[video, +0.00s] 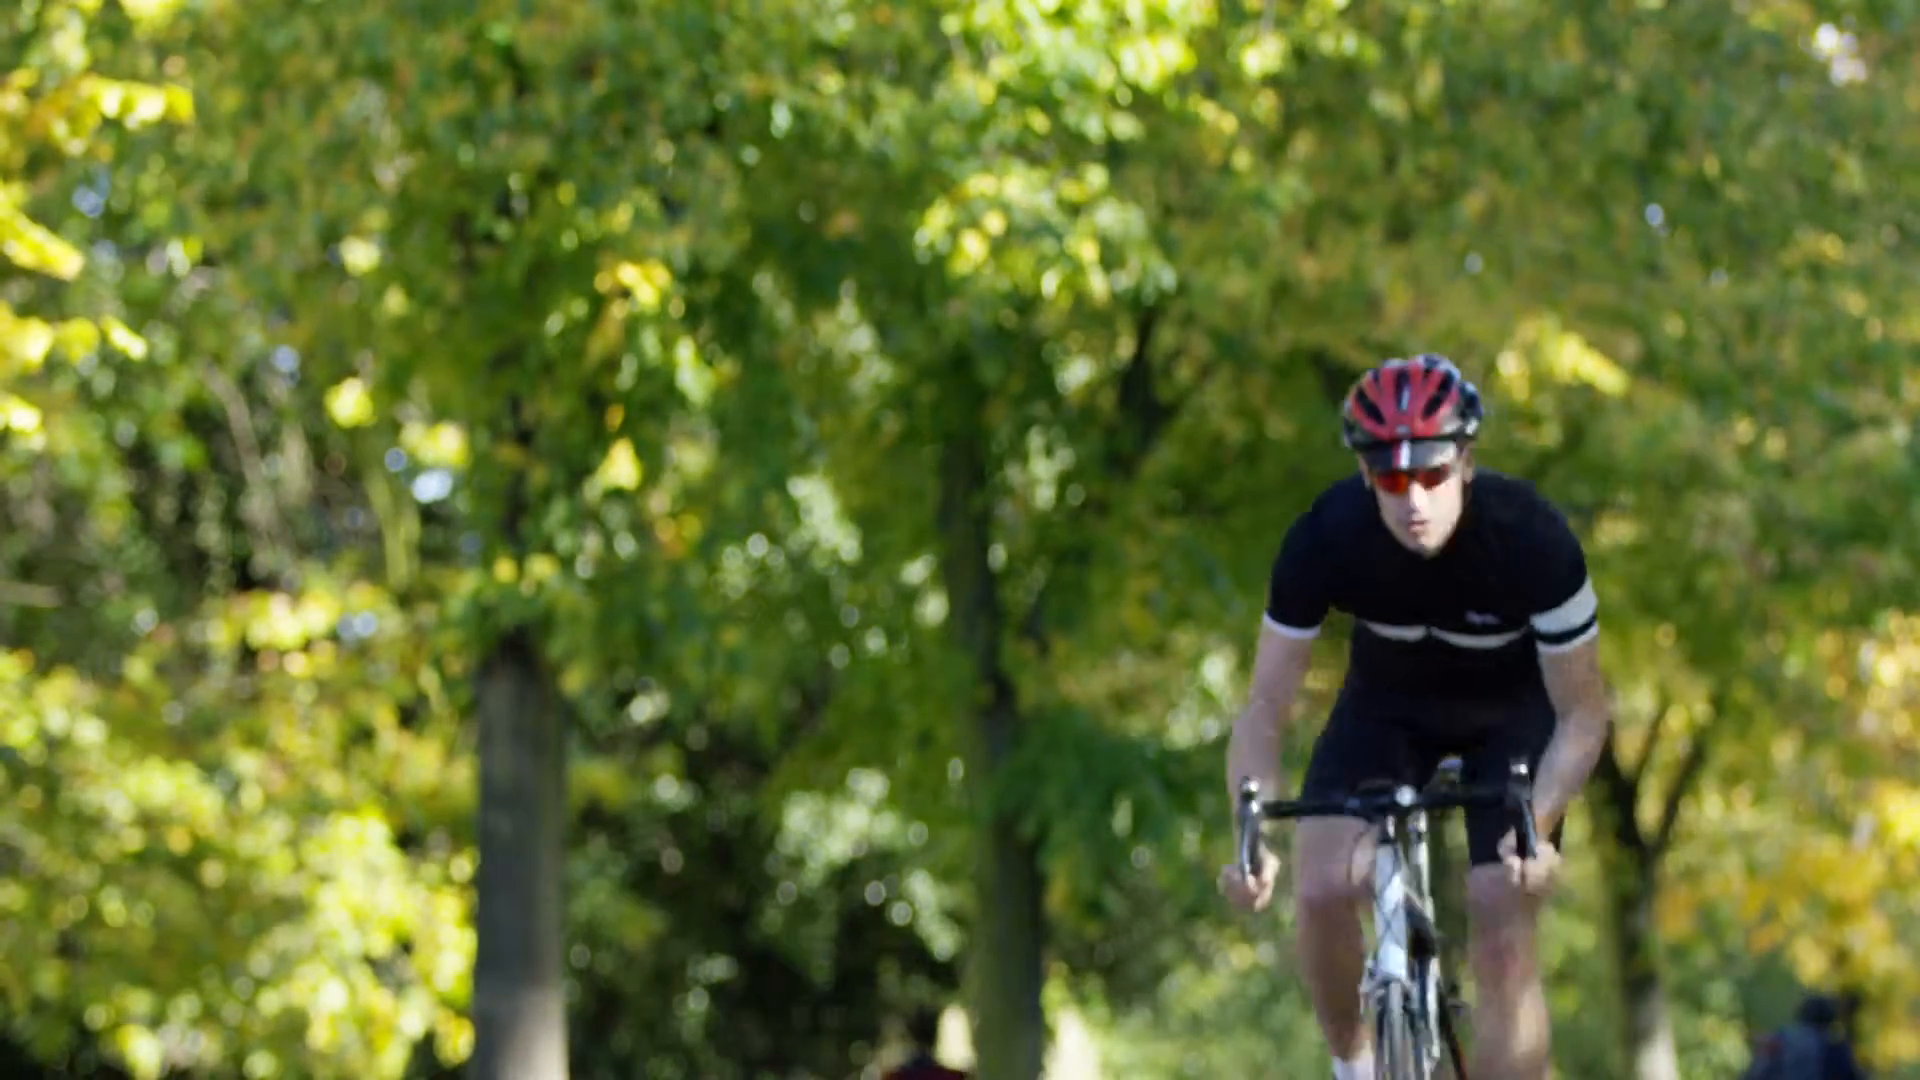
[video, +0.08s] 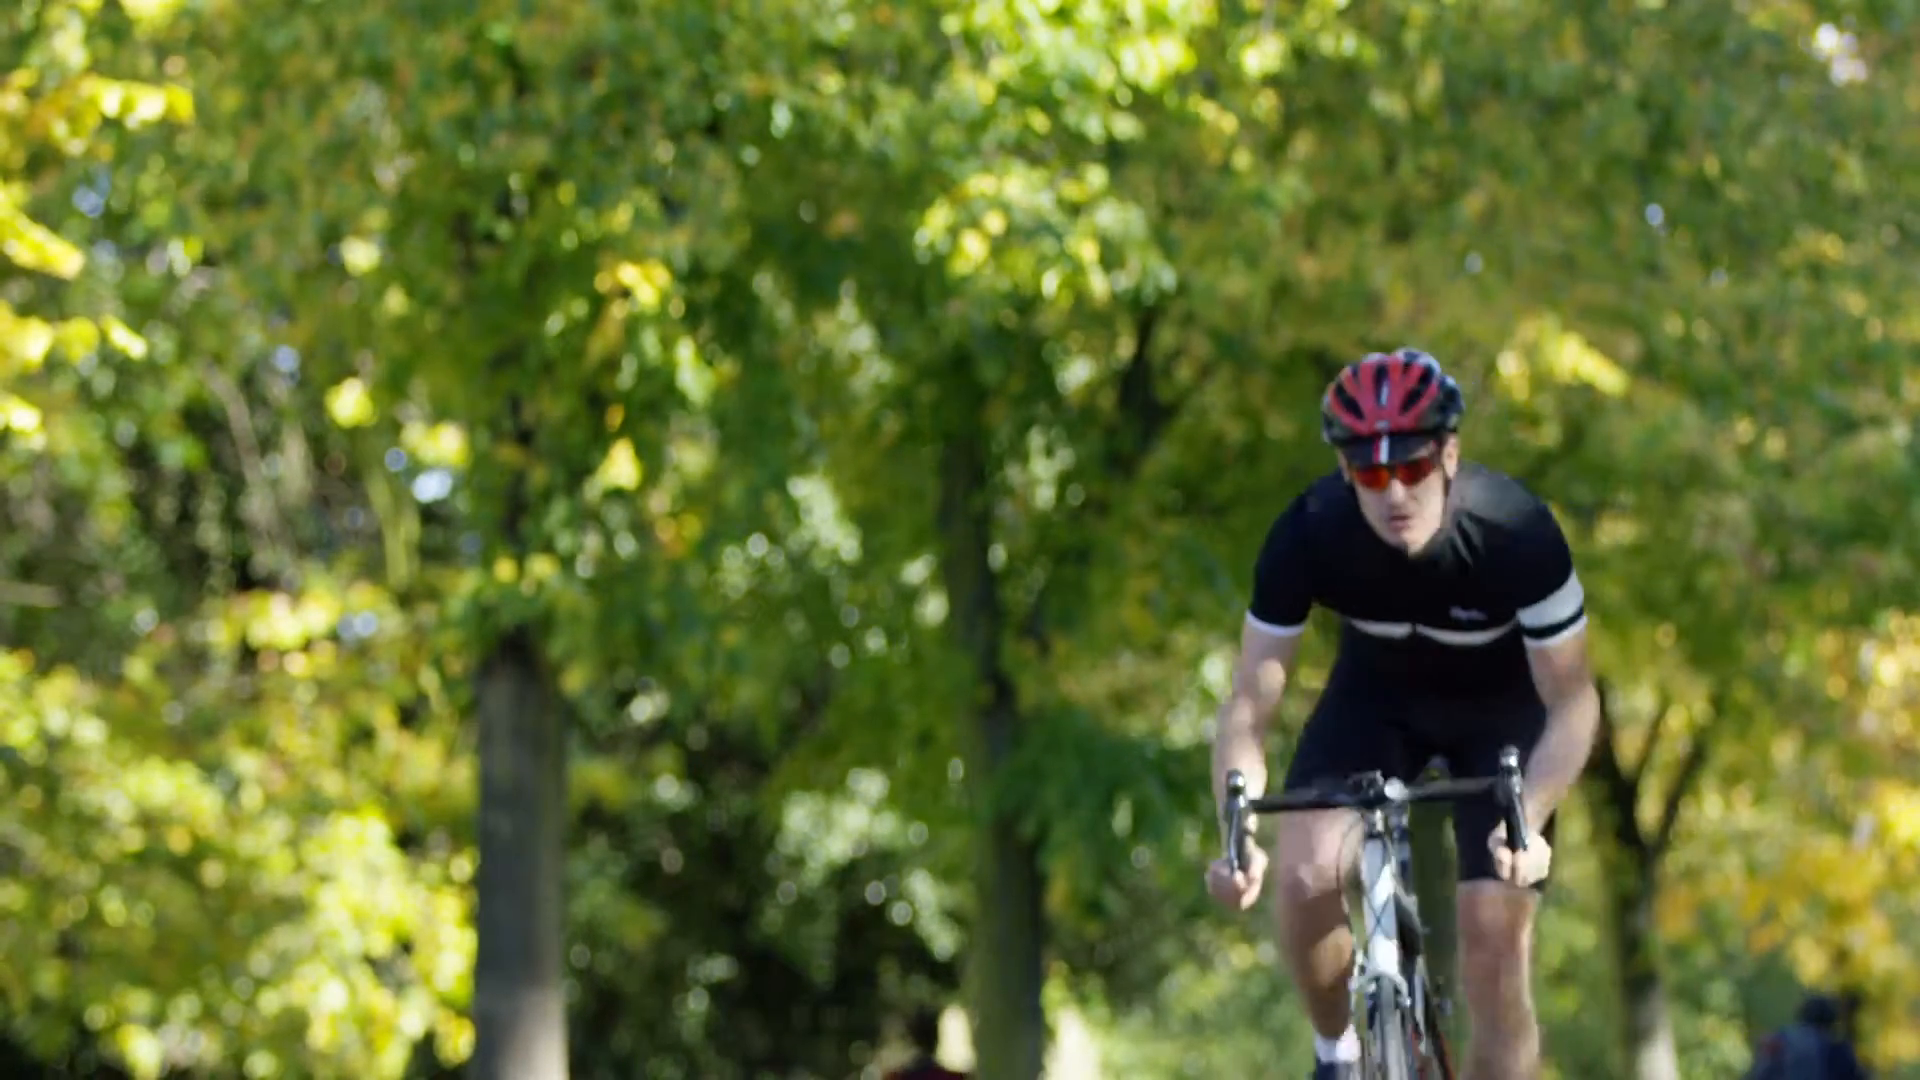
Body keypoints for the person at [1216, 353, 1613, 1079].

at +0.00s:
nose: (1413, 500)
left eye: (1432, 476)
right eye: (1391, 481)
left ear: (1467, 461)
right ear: (1366, 474)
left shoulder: (1531, 536)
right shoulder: (1326, 539)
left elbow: (1584, 709)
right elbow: (1267, 704)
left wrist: (1538, 817)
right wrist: (1252, 828)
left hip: (1511, 708)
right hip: (1384, 703)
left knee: (1505, 934)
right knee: (1325, 888)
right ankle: (1352, 1065)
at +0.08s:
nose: (1394, 494)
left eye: (1414, 470)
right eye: (1371, 475)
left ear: (1451, 454)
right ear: (1345, 470)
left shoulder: (1516, 532)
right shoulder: (1309, 534)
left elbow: (1571, 698)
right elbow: (1251, 702)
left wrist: (1529, 817)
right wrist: (1238, 831)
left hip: (1499, 698)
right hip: (1373, 692)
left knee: (1496, 933)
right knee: (1307, 877)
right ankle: (1337, 1058)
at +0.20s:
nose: (1361, 483)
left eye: (1380, 459)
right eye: (1338, 464)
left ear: (1419, 443)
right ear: (1313, 458)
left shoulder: (1489, 519)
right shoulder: (1281, 524)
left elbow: (1561, 692)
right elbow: (1230, 691)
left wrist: (1522, 806)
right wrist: (1224, 824)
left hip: (1481, 688)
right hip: (1353, 680)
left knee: (1480, 953)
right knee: (1289, 831)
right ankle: (1318, 1037)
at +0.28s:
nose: (1341, 475)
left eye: (1360, 451)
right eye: (1319, 456)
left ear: (1398, 437)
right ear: (1294, 451)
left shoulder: (1475, 511)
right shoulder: (1259, 522)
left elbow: (1552, 683)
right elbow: (1216, 694)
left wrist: (1516, 802)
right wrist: (1218, 824)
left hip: (1473, 678)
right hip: (1342, 668)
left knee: (1474, 939)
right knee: (1282, 799)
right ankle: (1310, 1032)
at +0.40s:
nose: (1311, 463)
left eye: (1330, 437)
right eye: (1287, 444)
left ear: (1370, 420)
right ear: (1263, 438)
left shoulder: (1446, 488)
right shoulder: (1230, 509)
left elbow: (1536, 662)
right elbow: (1200, 689)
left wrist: (1519, 791)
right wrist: (1211, 812)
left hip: (1447, 655)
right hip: (1315, 654)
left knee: (1468, 939)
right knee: (1276, 802)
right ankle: (1308, 1032)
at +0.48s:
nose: (1290, 453)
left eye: (1309, 429)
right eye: (1267, 434)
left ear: (1351, 410)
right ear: (1243, 428)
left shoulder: (1429, 477)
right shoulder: (1210, 501)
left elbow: (1527, 653)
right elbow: (1190, 686)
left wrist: (1521, 788)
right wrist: (1213, 808)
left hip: (1438, 646)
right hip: (1301, 645)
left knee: (1466, 924)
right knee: (1274, 800)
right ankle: (1308, 1046)